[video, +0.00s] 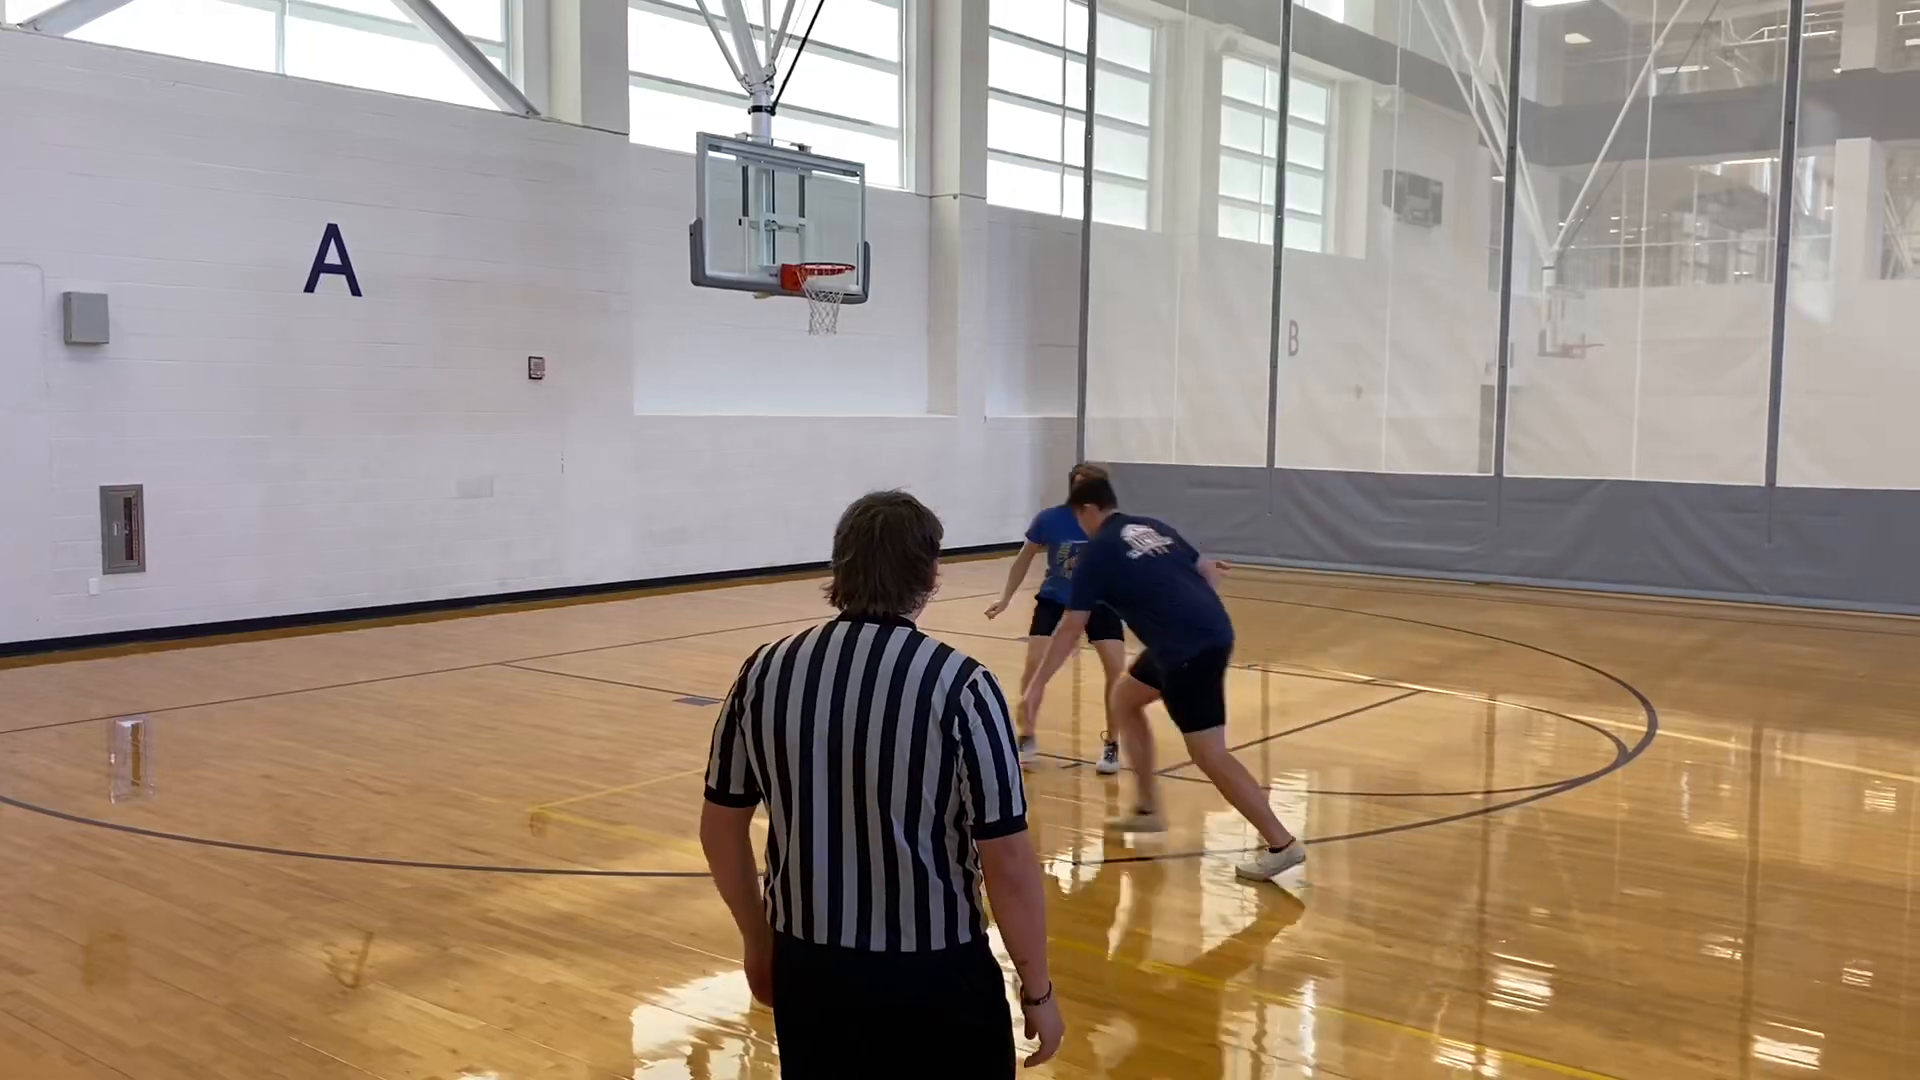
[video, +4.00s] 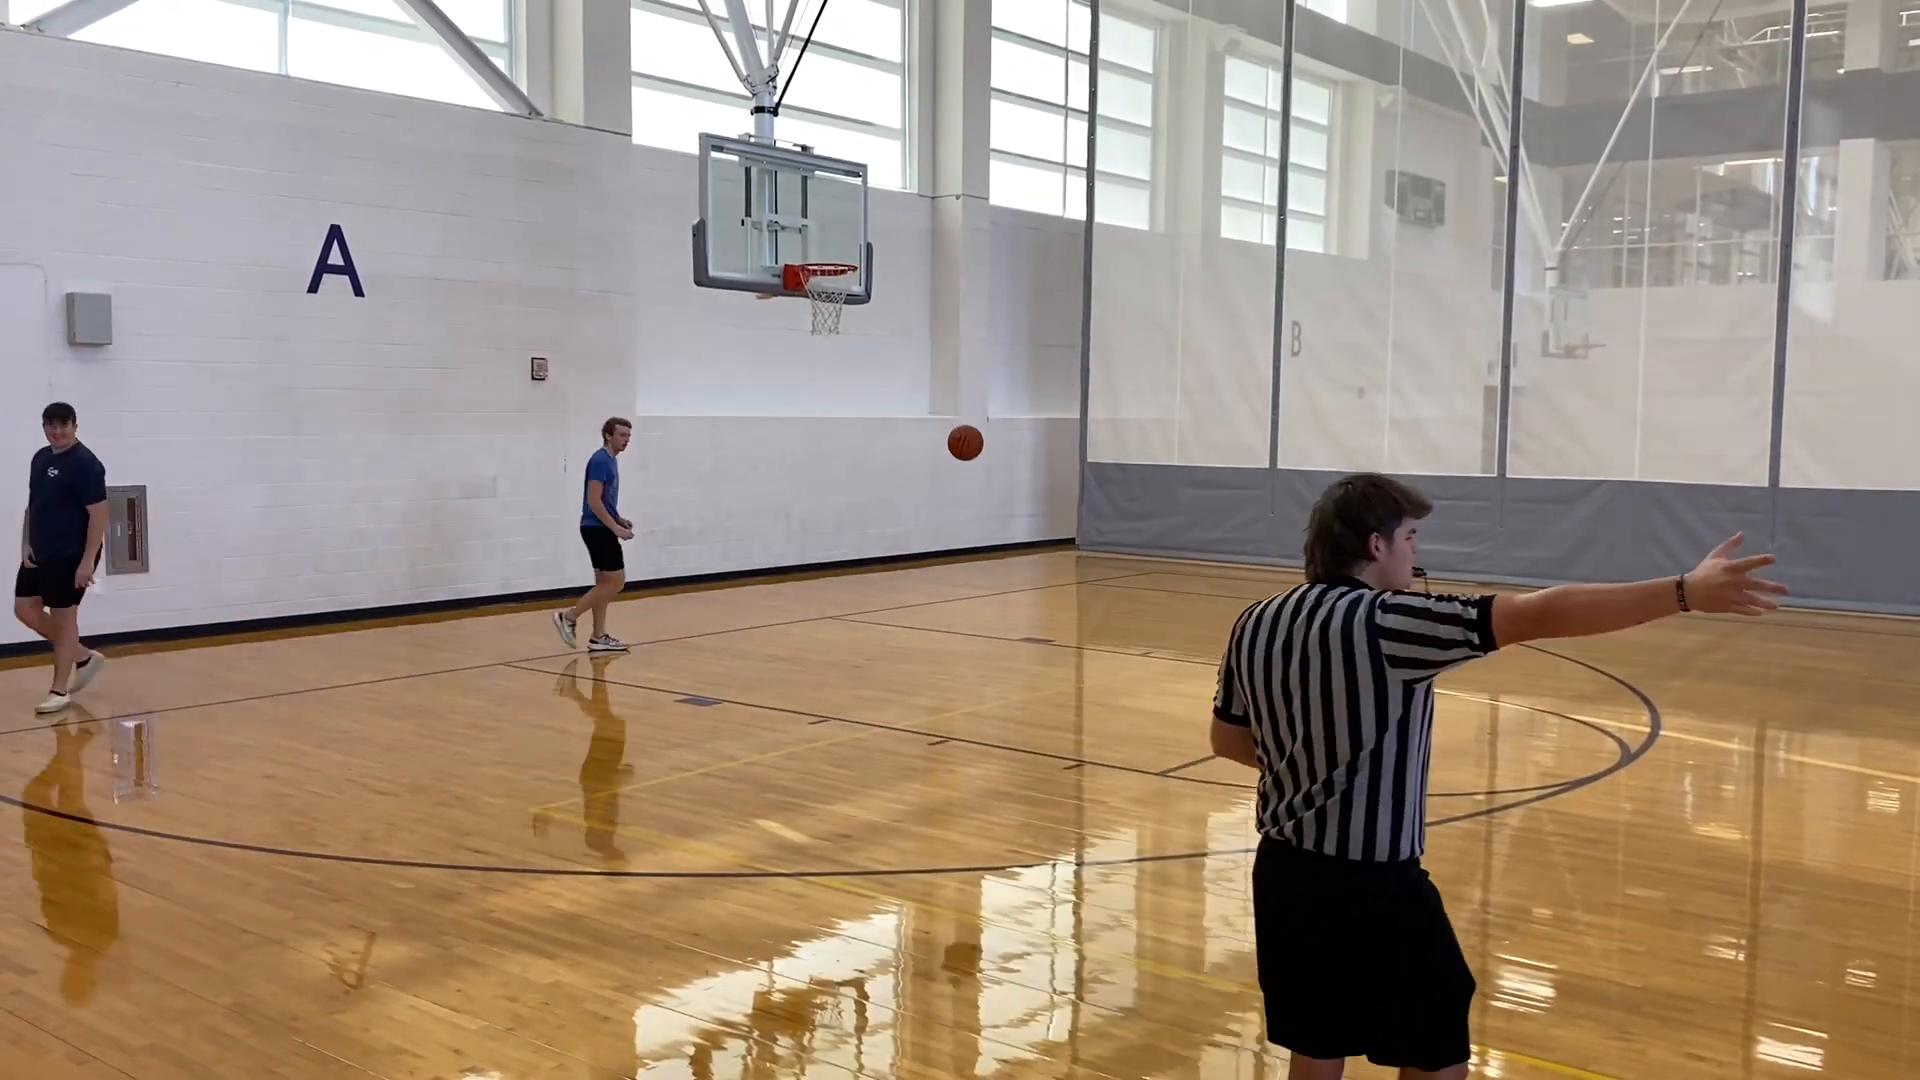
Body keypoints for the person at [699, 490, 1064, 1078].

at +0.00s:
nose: (938, 573)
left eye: (935, 558)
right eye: (935, 560)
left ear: (842, 565)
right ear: (926, 573)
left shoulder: (766, 669)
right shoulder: (961, 684)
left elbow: (720, 825)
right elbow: (1006, 858)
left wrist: (756, 933)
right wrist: (1038, 989)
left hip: (809, 979)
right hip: (941, 982)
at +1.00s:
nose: (941, 570)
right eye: (937, 558)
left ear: (842, 565)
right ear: (929, 569)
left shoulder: (764, 671)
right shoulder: (967, 681)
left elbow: (721, 832)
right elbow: (1018, 853)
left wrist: (754, 939)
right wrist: (1030, 947)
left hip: (812, 973)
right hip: (945, 976)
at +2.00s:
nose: (936, 566)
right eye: (936, 553)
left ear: (846, 568)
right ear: (937, 568)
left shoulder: (779, 675)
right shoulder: (962, 650)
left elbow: (746, 818)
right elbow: (1057, 516)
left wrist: (807, 885)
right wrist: (1035, 383)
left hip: (839, 971)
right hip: (970, 966)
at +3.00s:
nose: (1173, 559)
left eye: (1171, 547)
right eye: (1171, 548)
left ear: (1083, 555)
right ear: (1161, 560)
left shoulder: (1024, 638)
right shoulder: (1187, 652)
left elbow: (1091, 641)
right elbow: (1308, 671)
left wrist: (1155, 615)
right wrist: (1203, 635)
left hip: (1045, 913)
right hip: (1157, 918)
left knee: (1075, 1068)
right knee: (1158, 1070)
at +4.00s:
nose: (1417, 555)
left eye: (1415, 539)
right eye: (1410, 539)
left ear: (1336, 543)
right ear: (1376, 541)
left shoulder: (1256, 624)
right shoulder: (1389, 619)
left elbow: (1228, 738)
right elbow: (1534, 614)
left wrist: (1305, 756)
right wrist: (1683, 591)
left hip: (1283, 878)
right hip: (1378, 884)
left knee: (1312, 1057)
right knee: (1433, 1059)